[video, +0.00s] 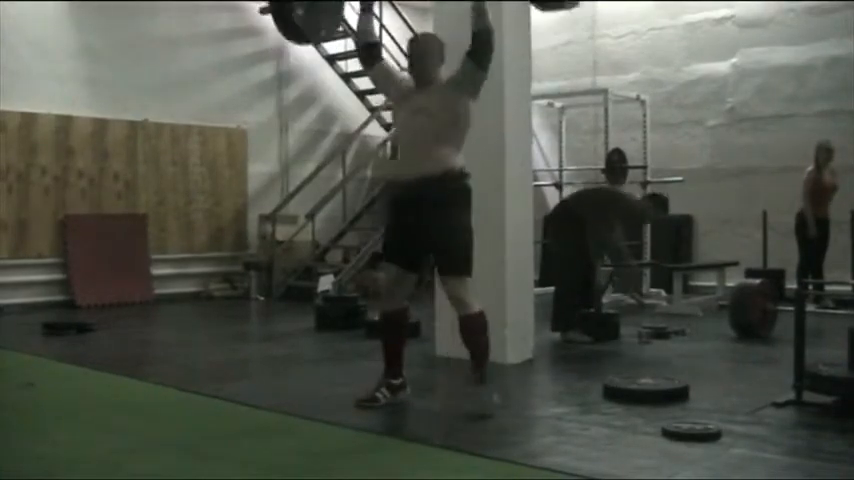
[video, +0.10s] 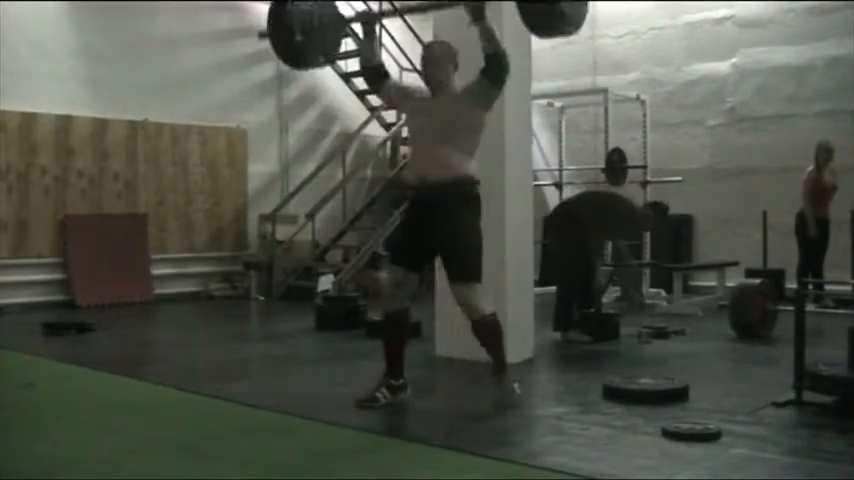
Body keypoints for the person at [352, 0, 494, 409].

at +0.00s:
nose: (418, 61)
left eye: (425, 54)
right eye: (413, 55)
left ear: (440, 59)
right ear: (408, 61)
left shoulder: (457, 93)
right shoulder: (401, 96)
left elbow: (481, 47)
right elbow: (368, 52)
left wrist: (479, 4)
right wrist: (368, 7)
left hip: (446, 191)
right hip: (404, 194)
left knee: (457, 285)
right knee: (393, 286)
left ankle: (480, 384)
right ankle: (393, 380)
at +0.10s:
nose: (428, 65)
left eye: (436, 59)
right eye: (425, 60)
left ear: (454, 64)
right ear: (421, 67)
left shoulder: (471, 103)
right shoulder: (412, 103)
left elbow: (497, 68)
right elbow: (376, 80)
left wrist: (481, 21)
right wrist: (369, 30)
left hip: (459, 198)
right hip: (421, 200)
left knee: (467, 293)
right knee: (396, 288)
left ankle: (503, 377)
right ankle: (393, 380)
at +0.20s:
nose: (447, 83)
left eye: (453, 76)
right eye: (442, 77)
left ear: (469, 75)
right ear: (436, 79)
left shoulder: (488, 105)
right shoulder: (433, 112)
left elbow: (519, 118)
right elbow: (391, 122)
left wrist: (491, 84)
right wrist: (375, 96)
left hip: (476, 204)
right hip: (435, 204)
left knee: (483, 297)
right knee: (410, 290)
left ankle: (507, 382)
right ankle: (395, 381)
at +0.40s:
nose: (457, 82)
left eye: (462, 75)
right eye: (452, 77)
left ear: (479, 72)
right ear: (448, 80)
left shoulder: (506, 112)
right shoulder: (442, 119)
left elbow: (535, 158)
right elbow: (422, 161)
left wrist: (533, 196)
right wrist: (406, 179)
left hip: (496, 206)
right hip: (456, 208)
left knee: (502, 295)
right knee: (432, 286)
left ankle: (510, 379)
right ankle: (441, 370)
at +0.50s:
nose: (459, 84)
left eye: (464, 77)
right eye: (453, 79)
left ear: (480, 73)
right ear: (448, 81)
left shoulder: (510, 113)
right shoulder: (443, 119)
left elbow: (540, 166)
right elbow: (427, 164)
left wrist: (554, 210)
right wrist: (417, 195)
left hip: (497, 207)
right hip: (457, 208)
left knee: (502, 294)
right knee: (440, 287)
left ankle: (514, 379)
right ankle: (470, 359)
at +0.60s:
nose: (454, 88)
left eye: (459, 81)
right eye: (448, 84)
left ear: (474, 77)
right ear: (442, 85)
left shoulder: (504, 117)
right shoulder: (436, 125)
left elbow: (537, 159)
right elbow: (422, 172)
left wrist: (558, 204)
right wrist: (414, 211)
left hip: (491, 205)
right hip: (452, 208)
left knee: (492, 295)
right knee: (460, 297)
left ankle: (505, 380)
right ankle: (481, 372)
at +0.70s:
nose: (453, 90)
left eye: (458, 83)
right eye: (446, 86)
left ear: (472, 79)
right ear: (441, 88)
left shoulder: (502, 117)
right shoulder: (435, 126)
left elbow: (536, 159)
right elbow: (420, 172)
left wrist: (557, 205)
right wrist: (410, 205)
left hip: (491, 208)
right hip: (453, 211)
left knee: (491, 294)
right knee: (462, 295)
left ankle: (502, 378)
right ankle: (480, 371)